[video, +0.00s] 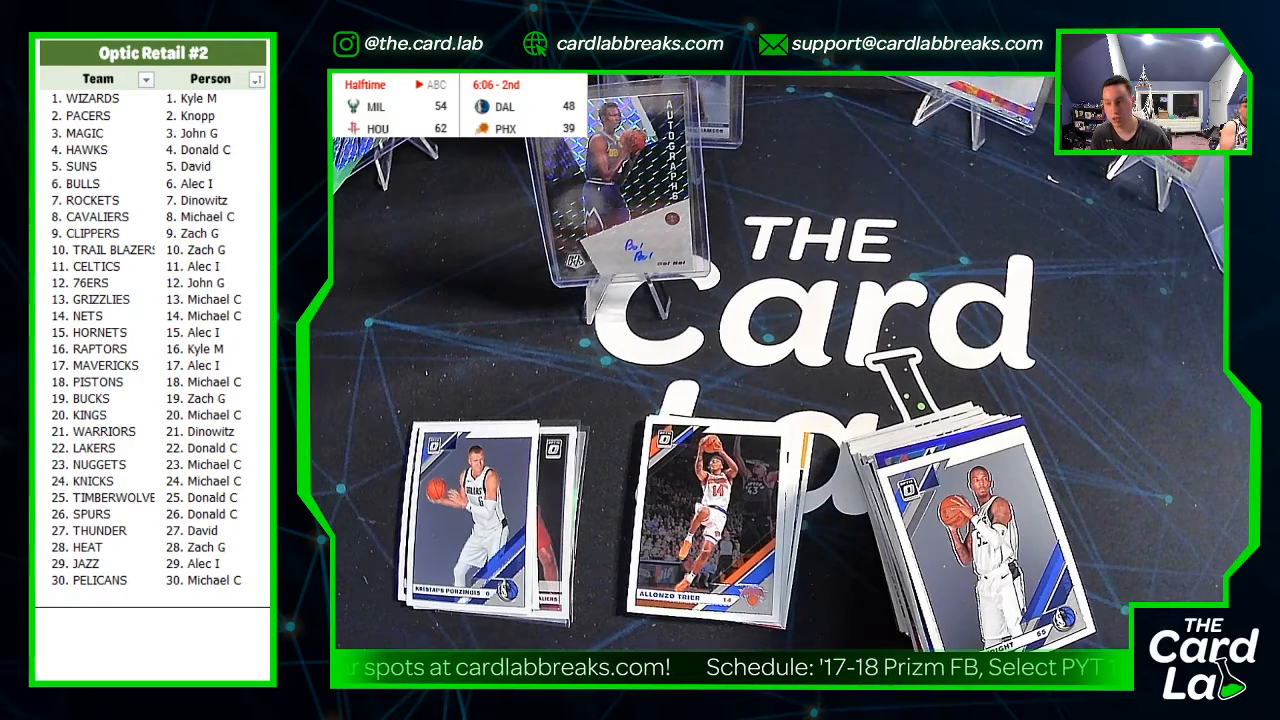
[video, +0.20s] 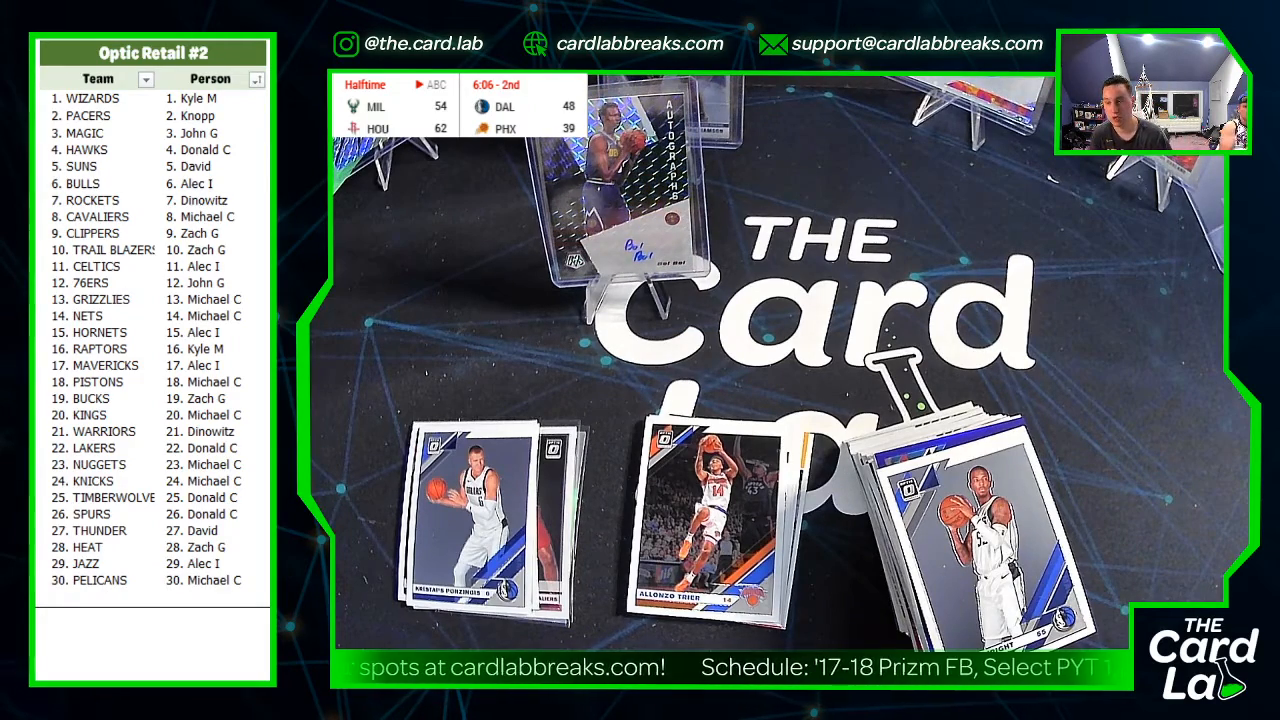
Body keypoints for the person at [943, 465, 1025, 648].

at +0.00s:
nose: (980, 483)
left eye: (984, 479)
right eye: (976, 480)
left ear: (990, 482)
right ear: (970, 485)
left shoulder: (1000, 504)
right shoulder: (975, 518)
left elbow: (997, 539)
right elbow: (965, 559)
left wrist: (973, 517)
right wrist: (953, 530)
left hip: (1007, 579)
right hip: (985, 585)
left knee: (1018, 633)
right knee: (992, 640)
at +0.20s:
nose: (980, 483)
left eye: (984, 479)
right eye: (976, 480)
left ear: (990, 482)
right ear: (970, 485)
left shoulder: (1000, 504)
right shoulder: (975, 518)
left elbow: (997, 539)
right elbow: (965, 559)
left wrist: (973, 516)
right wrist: (953, 530)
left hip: (1007, 579)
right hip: (985, 585)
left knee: (1018, 633)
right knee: (992, 639)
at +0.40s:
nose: (980, 483)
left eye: (984, 479)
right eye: (976, 480)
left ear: (990, 482)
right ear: (970, 485)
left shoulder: (1000, 504)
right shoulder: (975, 518)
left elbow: (997, 539)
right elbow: (965, 559)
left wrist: (973, 516)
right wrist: (953, 530)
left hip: (1007, 579)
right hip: (985, 584)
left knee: (1018, 632)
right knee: (992, 639)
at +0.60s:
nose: (980, 483)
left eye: (984, 479)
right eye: (976, 480)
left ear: (990, 482)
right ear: (970, 485)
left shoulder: (1000, 504)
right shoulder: (975, 518)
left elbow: (997, 539)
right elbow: (965, 559)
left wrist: (973, 516)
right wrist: (953, 530)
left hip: (1007, 579)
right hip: (985, 584)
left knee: (1018, 632)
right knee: (992, 639)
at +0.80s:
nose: (980, 483)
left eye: (984, 479)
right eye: (975, 480)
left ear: (990, 482)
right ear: (970, 485)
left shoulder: (1000, 504)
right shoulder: (975, 517)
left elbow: (997, 538)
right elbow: (965, 558)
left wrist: (973, 516)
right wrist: (953, 530)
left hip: (1007, 579)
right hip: (985, 584)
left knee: (1018, 632)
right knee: (992, 639)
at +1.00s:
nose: (980, 483)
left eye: (984, 479)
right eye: (975, 480)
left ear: (990, 481)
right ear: (970, 485)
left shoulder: (1000, 504)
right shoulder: (975, 517)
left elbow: (997, 538)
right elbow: (965, 559)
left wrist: (972, 516)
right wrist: (953, 530)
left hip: (1007, 579)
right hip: (985, 584)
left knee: (1018, 632)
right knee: (992, 639)